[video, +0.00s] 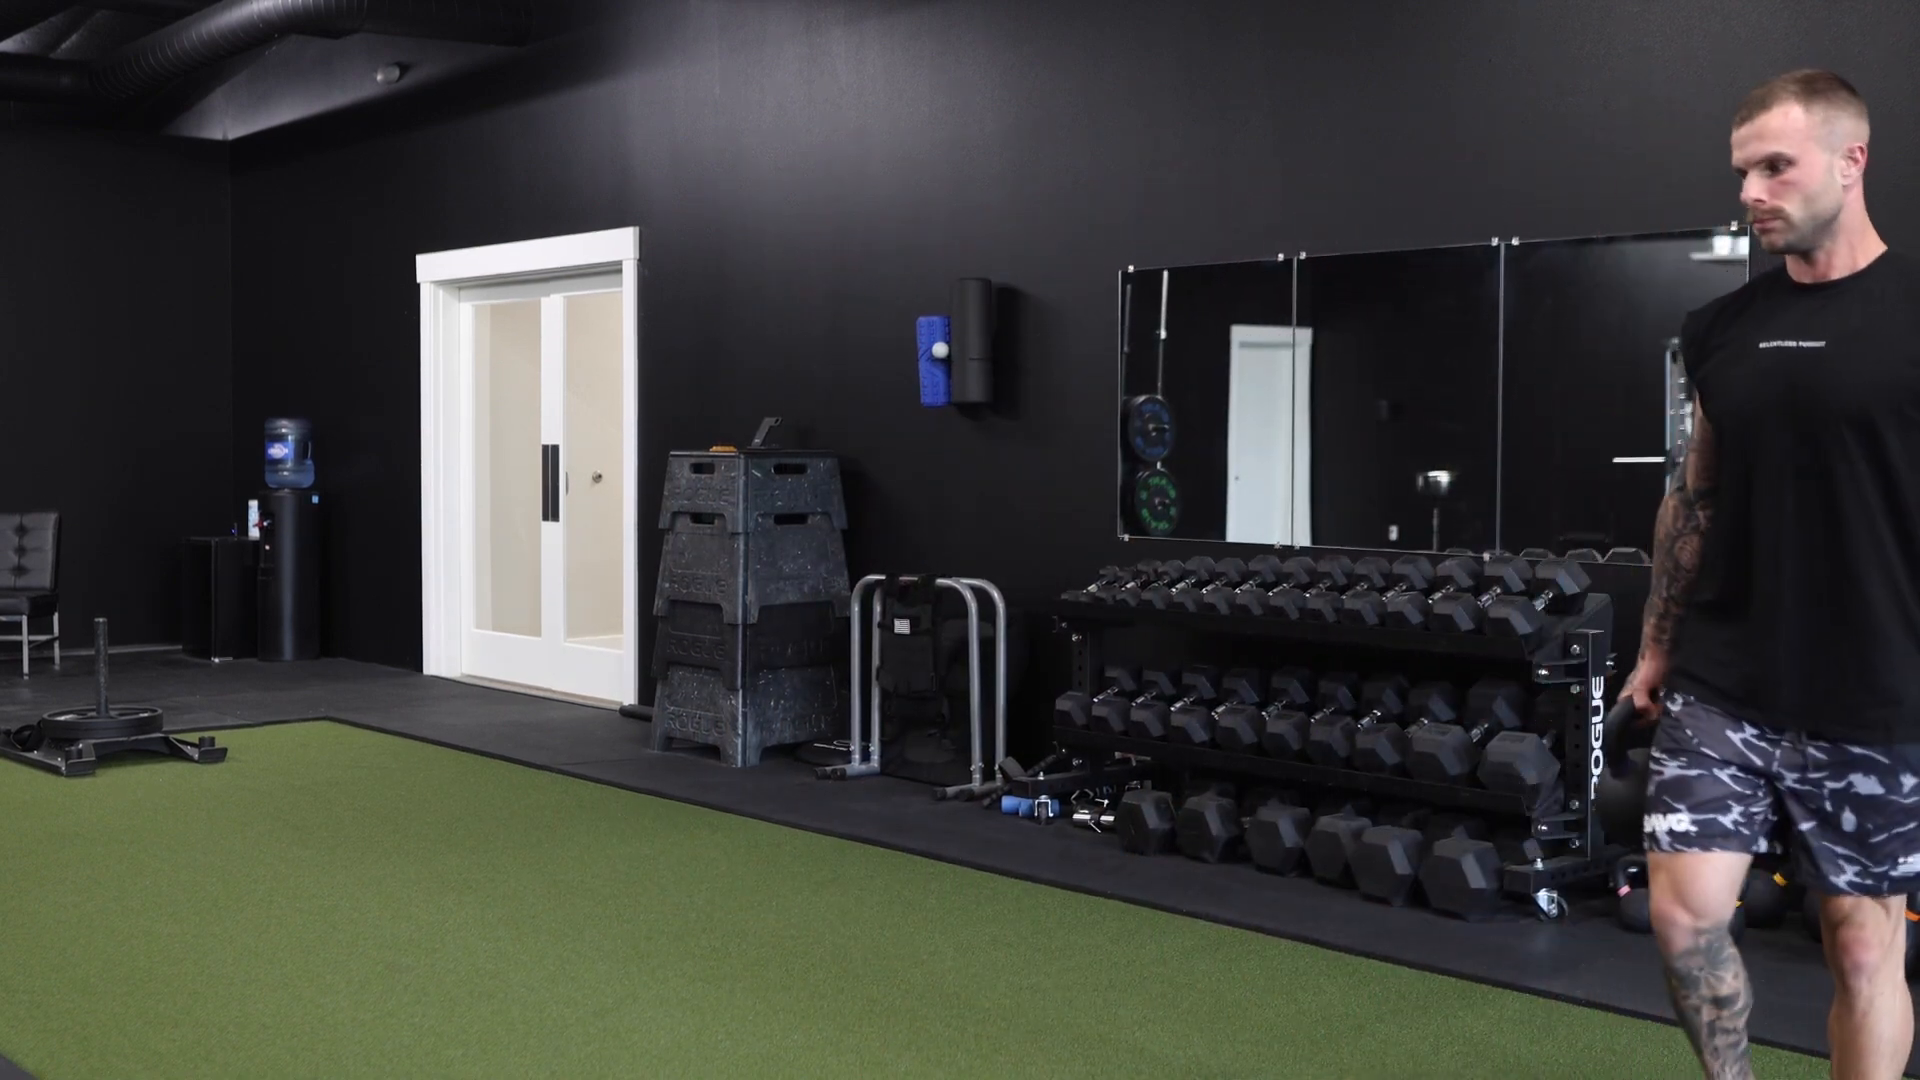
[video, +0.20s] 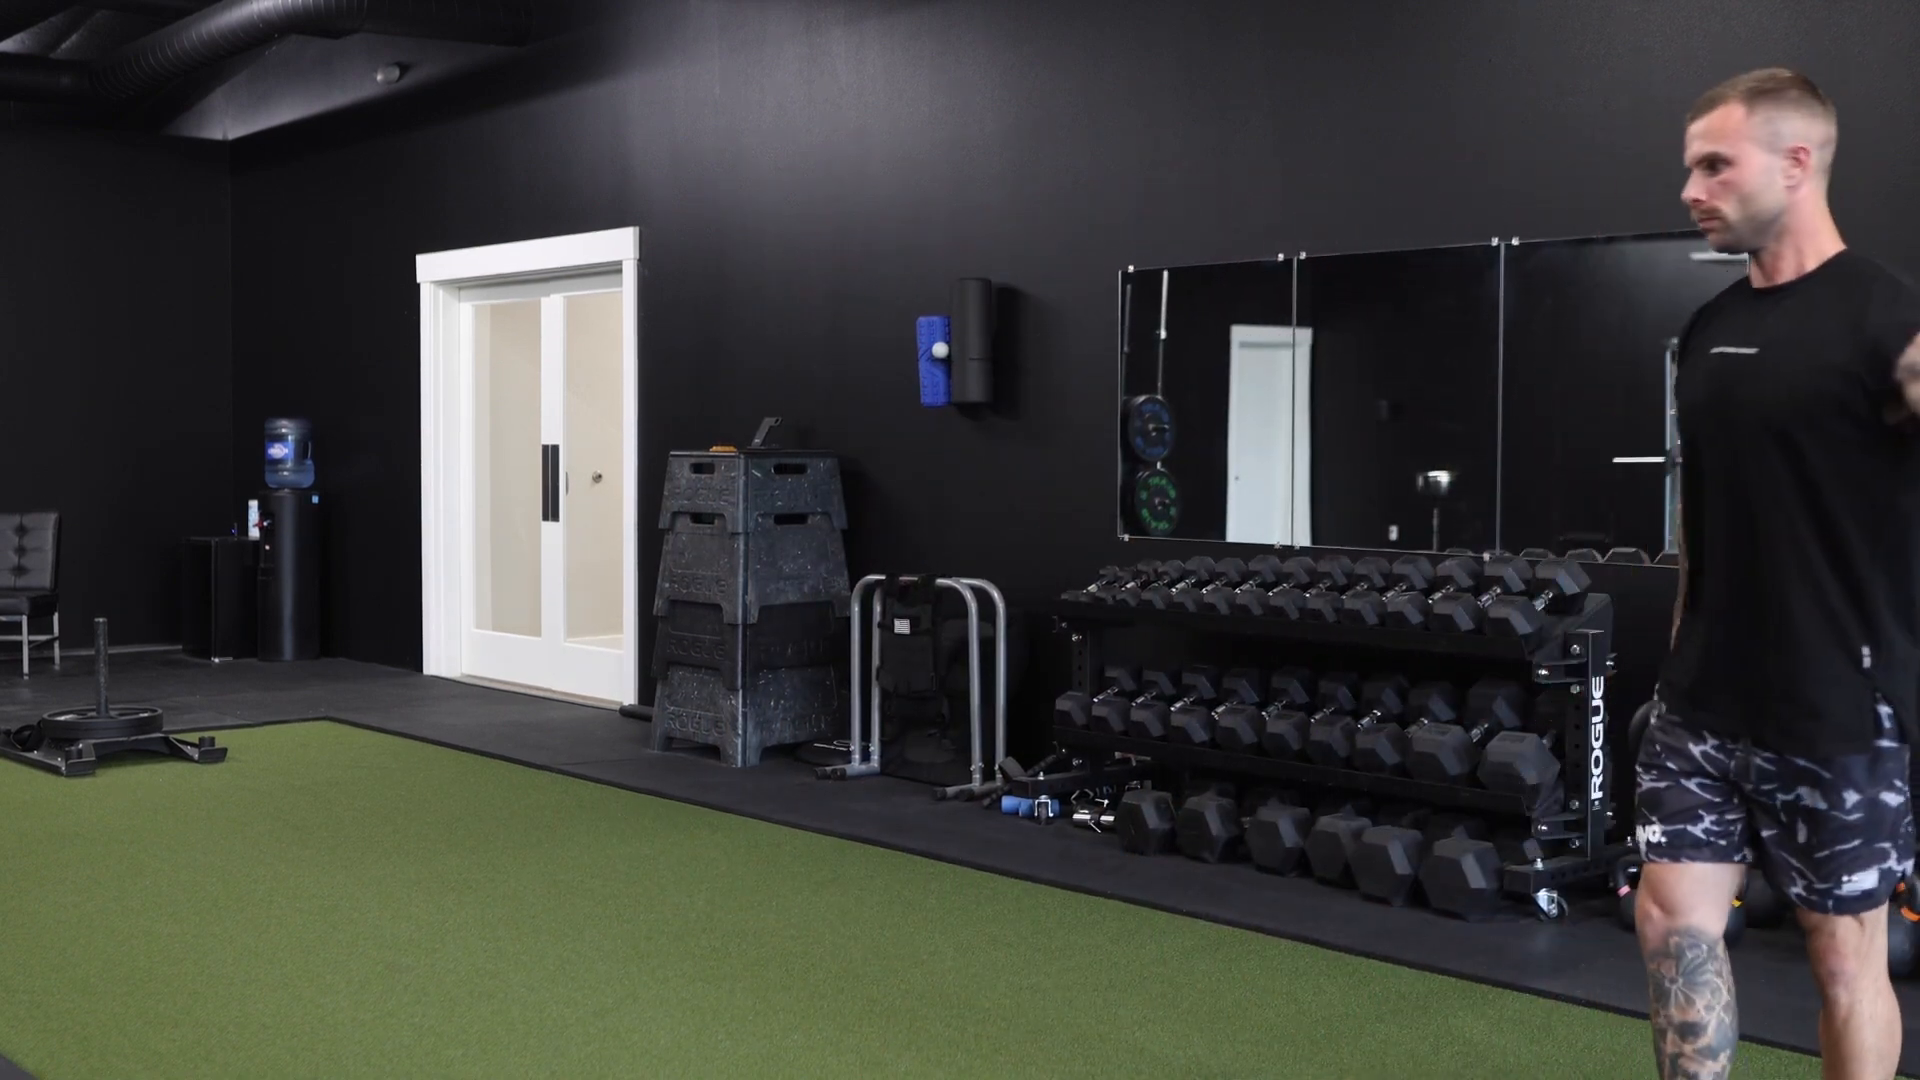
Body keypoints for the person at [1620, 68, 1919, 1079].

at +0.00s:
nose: (1751, 192)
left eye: (1776, 167)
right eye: (1742, 172)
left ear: (1853, 164)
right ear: (1738, 178)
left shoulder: (1907, 312)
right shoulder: (1725, 327)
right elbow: (1694, 494)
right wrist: (1655, 644)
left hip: (1873, 693)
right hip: (1722, 681)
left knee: (1863, 951)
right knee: (1683, 918)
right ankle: (1729, 1073)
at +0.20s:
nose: (1692, 192)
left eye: (1715, 167)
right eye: (1689, 169)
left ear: (1799, 165)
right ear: (1778, 170)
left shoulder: (1889, 320)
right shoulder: (1705, 328)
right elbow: (1699, 524)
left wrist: (1915, 389)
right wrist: (1682, 669)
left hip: (1844, 698)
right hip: (1708, 688)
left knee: (1847, 959)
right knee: (1674, 920)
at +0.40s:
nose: (1606, 193)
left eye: (1627, 170)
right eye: (1609, 171)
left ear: (1703, 172)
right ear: (1694, 176)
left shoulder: (1793, 326)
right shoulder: (1673, 323)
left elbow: (1864, 445)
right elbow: (1695, 502)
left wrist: (1859, 574)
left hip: (1784, 700)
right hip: (1674, 692)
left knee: (1807, 958)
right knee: (1667, 931)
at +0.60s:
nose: (1540, 195)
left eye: (1556, 172)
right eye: (1542, 173)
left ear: (1620, 175)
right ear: (1624, 177)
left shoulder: (1692, 310)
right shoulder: (1640, 310)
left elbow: (1703, 445)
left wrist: (1639, 568)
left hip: (1713, 692)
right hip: (1682, 687)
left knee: (1630, 932)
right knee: (1685, 942)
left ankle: (1767, 1071)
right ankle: (1690, 1072)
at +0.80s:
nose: (1494, 199)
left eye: (1504, 174)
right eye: (1495, 176)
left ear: (1564, 174)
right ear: (1597, 177)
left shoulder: (1609, 307)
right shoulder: (1678, 304)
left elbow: (1571, 434)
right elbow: (1708, 472)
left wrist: (1464, 562)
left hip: (1644, 675)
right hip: (1706, 671)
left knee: (1508, 892)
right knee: (1665, 934)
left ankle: (1580, 1071)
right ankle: (1684, 1075)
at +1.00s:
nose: (1442, 202)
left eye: (1450, 180)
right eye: (1443, 180)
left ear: (1499, 179)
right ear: (1542, 183)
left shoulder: (1523, 315)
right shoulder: (1639, 327)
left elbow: (1458, 425)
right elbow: (1650, 503)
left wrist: (1323, 551)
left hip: (1541, 683)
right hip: (1647, 681)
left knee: (1472, 924)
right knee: (1638, 939)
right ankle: (1673, 1079)